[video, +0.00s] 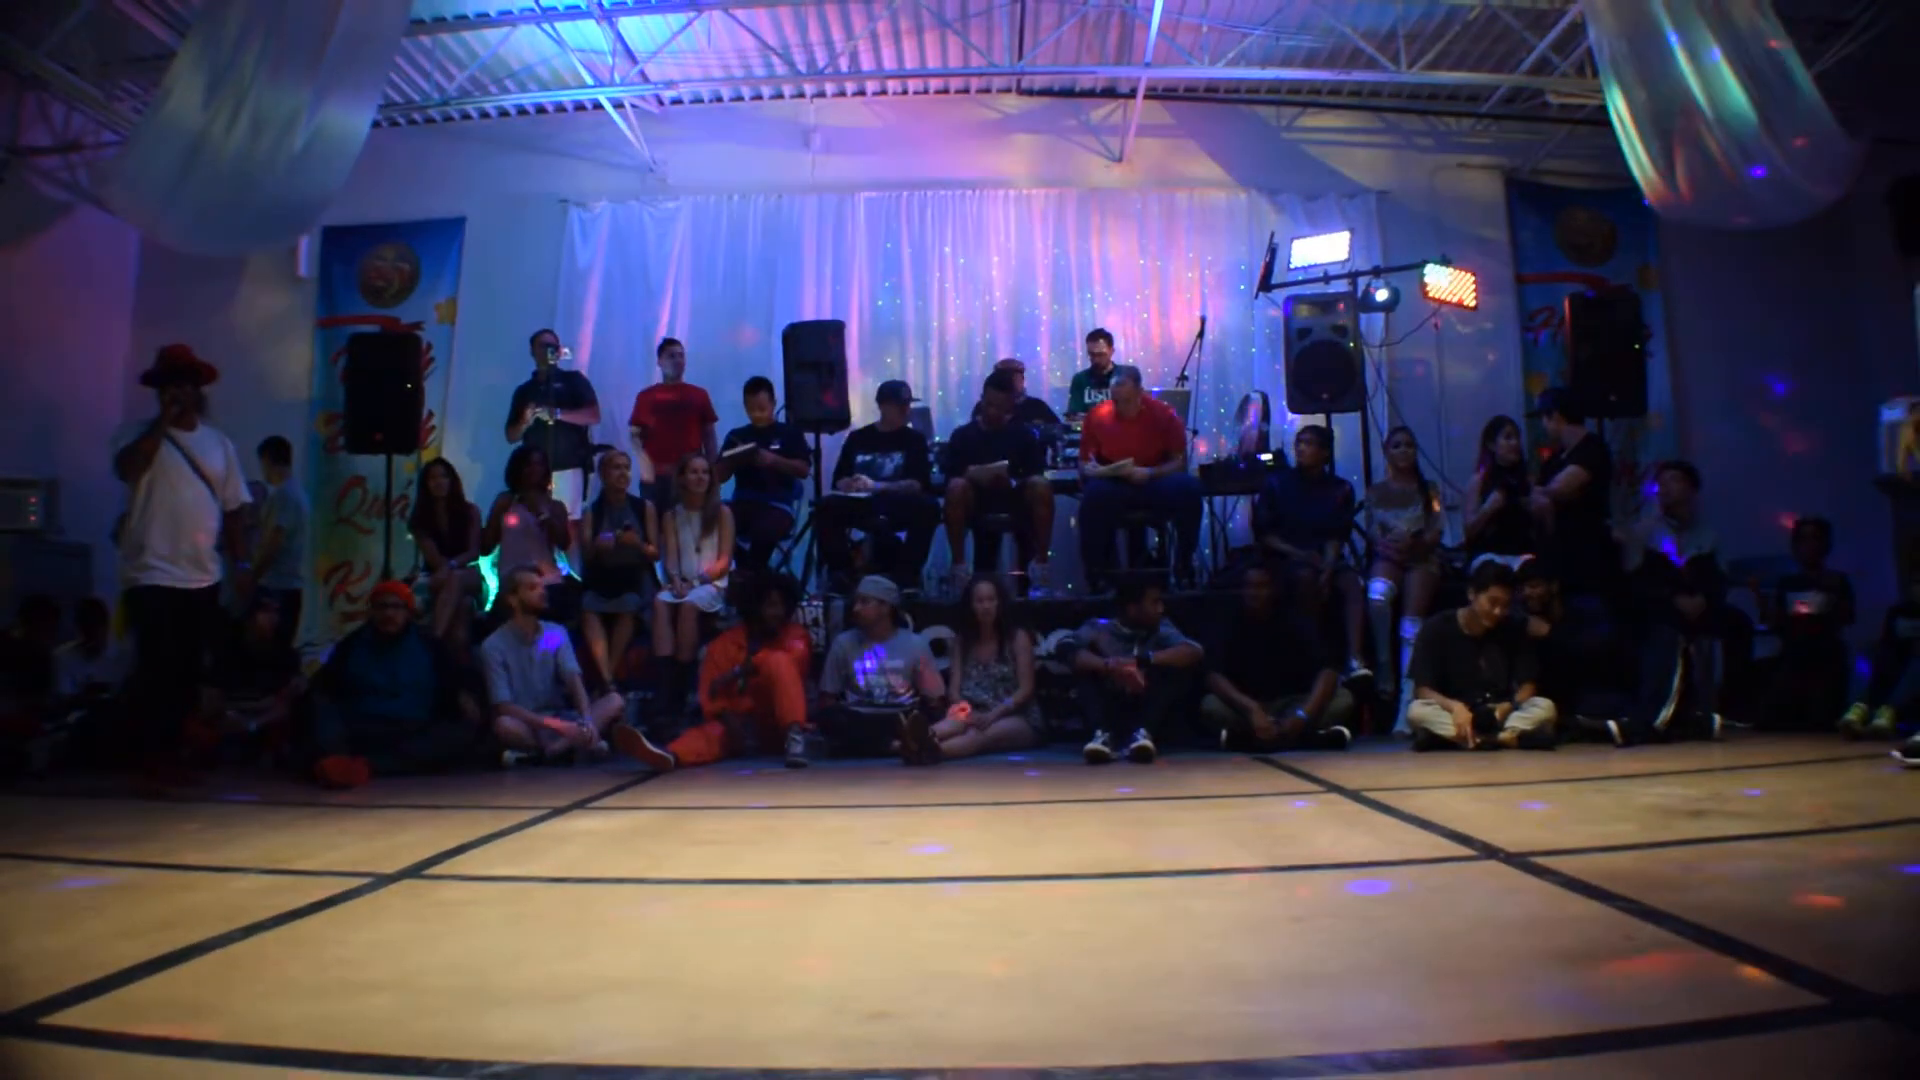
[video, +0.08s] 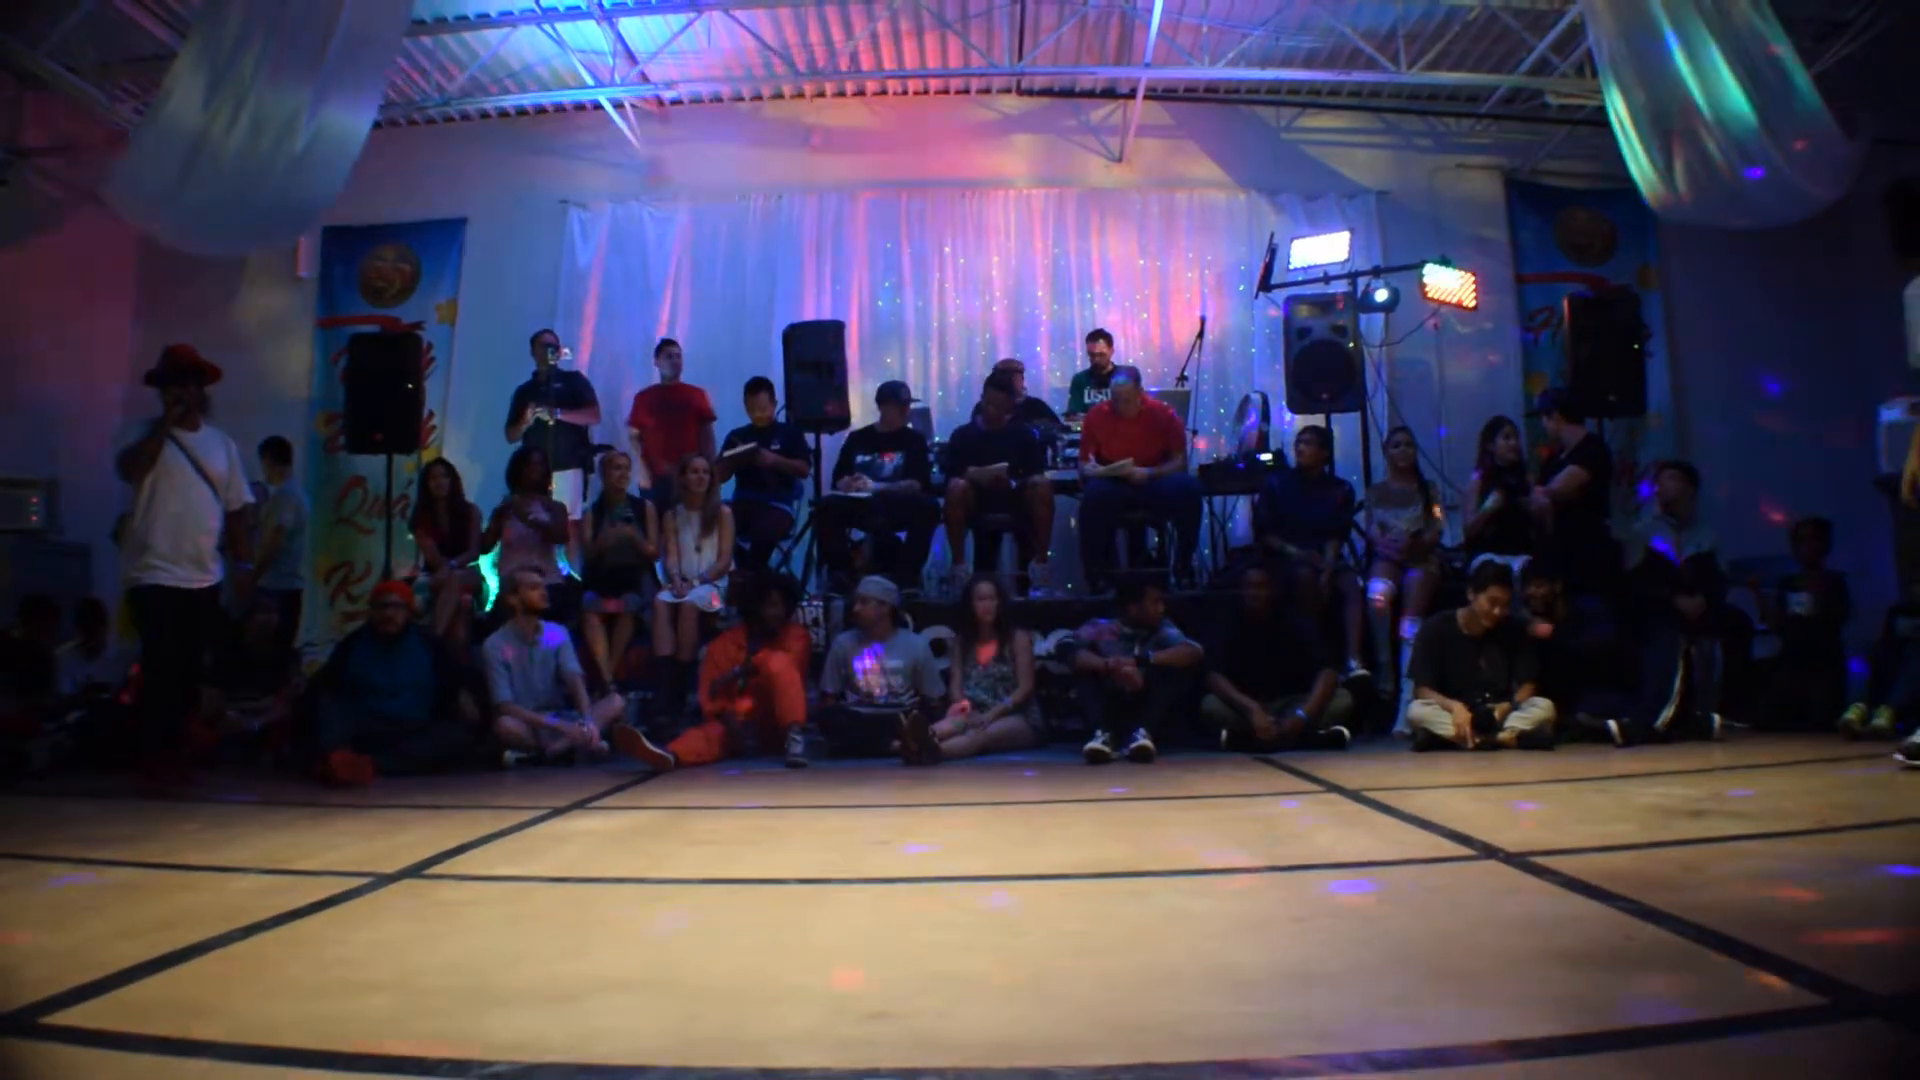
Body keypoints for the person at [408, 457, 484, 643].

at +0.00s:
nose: (439, 482)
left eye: (444, 476)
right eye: (433, 478)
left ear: (452, 480)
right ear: (425, 484)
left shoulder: (470, 511)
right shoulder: (421, 514)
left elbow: (474, 551)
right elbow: (430, 555)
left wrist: (450, 565)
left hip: (468, 571)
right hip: (436, 574)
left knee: (454, 579)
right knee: (464, 602)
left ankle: (435, 638)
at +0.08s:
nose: (439, 482)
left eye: (444, 477)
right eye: (433, 478)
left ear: (453, 480)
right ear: (426, 484)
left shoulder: (470, 511)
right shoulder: (422, 513)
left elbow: (474, 551)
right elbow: (429, 552)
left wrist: (451, 565)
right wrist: (448, 568)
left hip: (467, 571)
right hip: (436, 573)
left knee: (453, 580)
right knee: (464, 601)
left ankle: (436, 635)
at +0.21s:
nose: (438, 482)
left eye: (443, 476)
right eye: (433, 477)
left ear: (452, 480)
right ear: (425, 483)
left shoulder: (469, 511)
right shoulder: (420, 514)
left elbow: (473, 551)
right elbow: (428, 552)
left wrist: (449, 566)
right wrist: (448, 569)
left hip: (467, 571)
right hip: (435, 573)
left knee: (452, 579)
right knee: (462, 602)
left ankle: (434, 635)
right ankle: (457, 658)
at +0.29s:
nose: (438, 482)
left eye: (443, 476)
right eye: (432, 477)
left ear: (451, 480)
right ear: (424, 483)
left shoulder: (468, 511)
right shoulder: (419, 515)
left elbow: (473, 551)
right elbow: (427, 553)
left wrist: (450, 565)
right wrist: (447, 568)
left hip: (466, 571)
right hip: (435, 574)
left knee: (452, 579)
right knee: (463, 603)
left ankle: (434, 634)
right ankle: (457, 659)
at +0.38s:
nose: (438, 482)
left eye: (443, 476)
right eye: (432, 477)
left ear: (451, 480)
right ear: (424, 483)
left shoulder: (468, 511)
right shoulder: (419, 514)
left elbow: (473, 551)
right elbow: (427, 553)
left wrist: (450, 565)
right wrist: (447, 568)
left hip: (467, 571)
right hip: (435, 574)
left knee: (452, 578)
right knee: (464, 603)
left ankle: (434, 634)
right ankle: (456, 660)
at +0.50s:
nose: (437, 482)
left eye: (442, 476)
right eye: (432, 477)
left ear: (451, 480)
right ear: (424, 483)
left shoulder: (468, 512)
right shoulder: (419, 514)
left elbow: (472, 551)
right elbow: (428, 553)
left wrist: (449, 565)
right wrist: (451, 569)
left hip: (466, 571)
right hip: (434, 574)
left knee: (453, 578)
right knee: (463, 603)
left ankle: (433, 635)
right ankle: (456, 658)